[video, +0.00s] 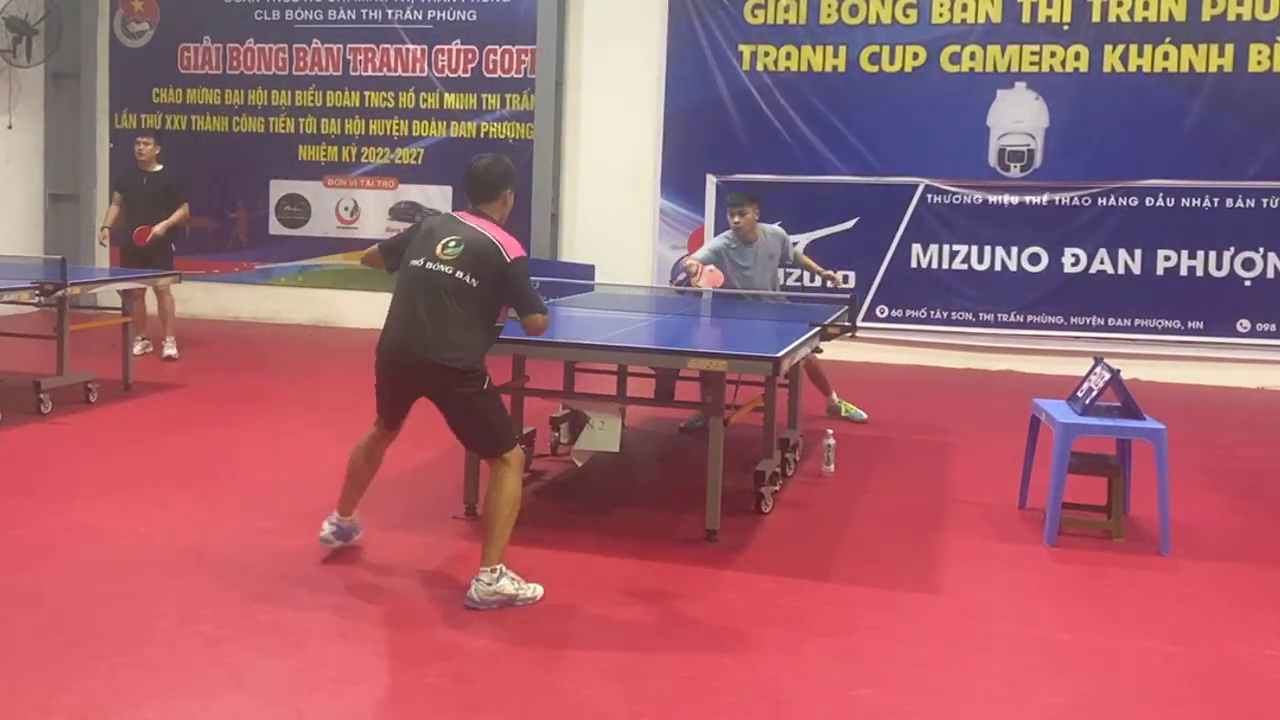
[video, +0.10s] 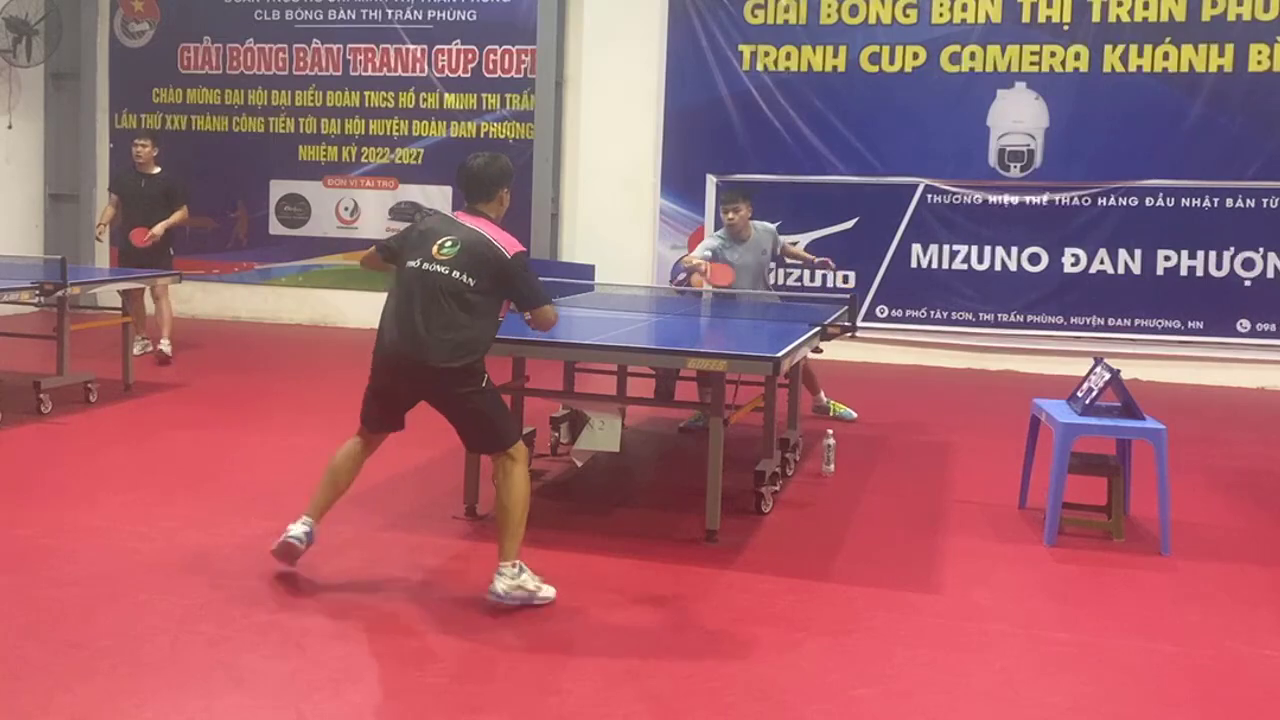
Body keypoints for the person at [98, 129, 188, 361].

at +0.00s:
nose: (140, 148)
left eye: (145, 144)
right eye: (137, 144)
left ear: (157, 149)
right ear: (134, 148)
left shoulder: (168, 178)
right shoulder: (127, 177)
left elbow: (184, 210)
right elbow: (116, 204)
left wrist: (165, 225)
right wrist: (106, 227)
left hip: (159, 245)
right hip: (131, 245)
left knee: (163, 289)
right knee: (135, 292)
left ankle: (169, 339)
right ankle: (141, 338)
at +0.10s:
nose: (138, 151)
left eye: (143, 146)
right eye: (135, 146)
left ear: (154, 151)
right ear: (131, 149)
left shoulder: (167, 180)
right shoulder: (123, 177)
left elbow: (183, 212)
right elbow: (112, 205)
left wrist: (163, 225)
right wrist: (103, 222)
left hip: (158, 248)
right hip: (130, 248)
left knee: (160, 293)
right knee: (134, 295)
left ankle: (165, 341)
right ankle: (141, 339)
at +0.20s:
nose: (136, 153)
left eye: (142, 149)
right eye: (134, 149)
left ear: (154, 152)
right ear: (130, 152)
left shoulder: (167, 182)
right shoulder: (123, 179)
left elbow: (181, 216)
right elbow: (113, 206)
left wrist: (159, 228)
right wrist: (102, 225)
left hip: (155, 251)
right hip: (127, 251)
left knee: (158, 295)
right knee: (126, 295)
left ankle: (163, 345)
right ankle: (140, 335)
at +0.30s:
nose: (134, 157)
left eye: (139, 152)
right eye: (131, 152)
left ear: (152, 156)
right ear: (128, 155)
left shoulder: (164, 185)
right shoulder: (123, 182)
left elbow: (177, 220)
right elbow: (113, 207)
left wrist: (153, 232)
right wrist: (104, 228)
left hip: (153, 251)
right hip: (124, 251)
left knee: (155, 295)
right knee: (122, 295)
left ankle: (162, 346)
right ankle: (126, 340)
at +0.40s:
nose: (129, 158)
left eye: (135, 154)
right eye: (126, 153)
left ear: (148, 158)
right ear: (123, 155)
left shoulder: (159, 185)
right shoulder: (117, 180)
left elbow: (171, 220)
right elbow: (107, 203)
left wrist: (147, 231)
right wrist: (106, 227)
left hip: (148, 251)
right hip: (118, 250)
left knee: (153, 295)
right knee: (103, 292)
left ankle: (162, 346)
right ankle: (107, 334)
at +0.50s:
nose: (121, 162)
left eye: (127, 158)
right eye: (119, 158)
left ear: (140, 162)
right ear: (115, 159)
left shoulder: (152, 190)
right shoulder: (110, 180)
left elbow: (165, 223)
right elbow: (100, 200)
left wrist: (139, 234)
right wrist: (101, 224)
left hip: (143, 250)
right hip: (113, 247)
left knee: (150, 295)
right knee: (96, 294)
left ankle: (161, 346)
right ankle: (85, 341)